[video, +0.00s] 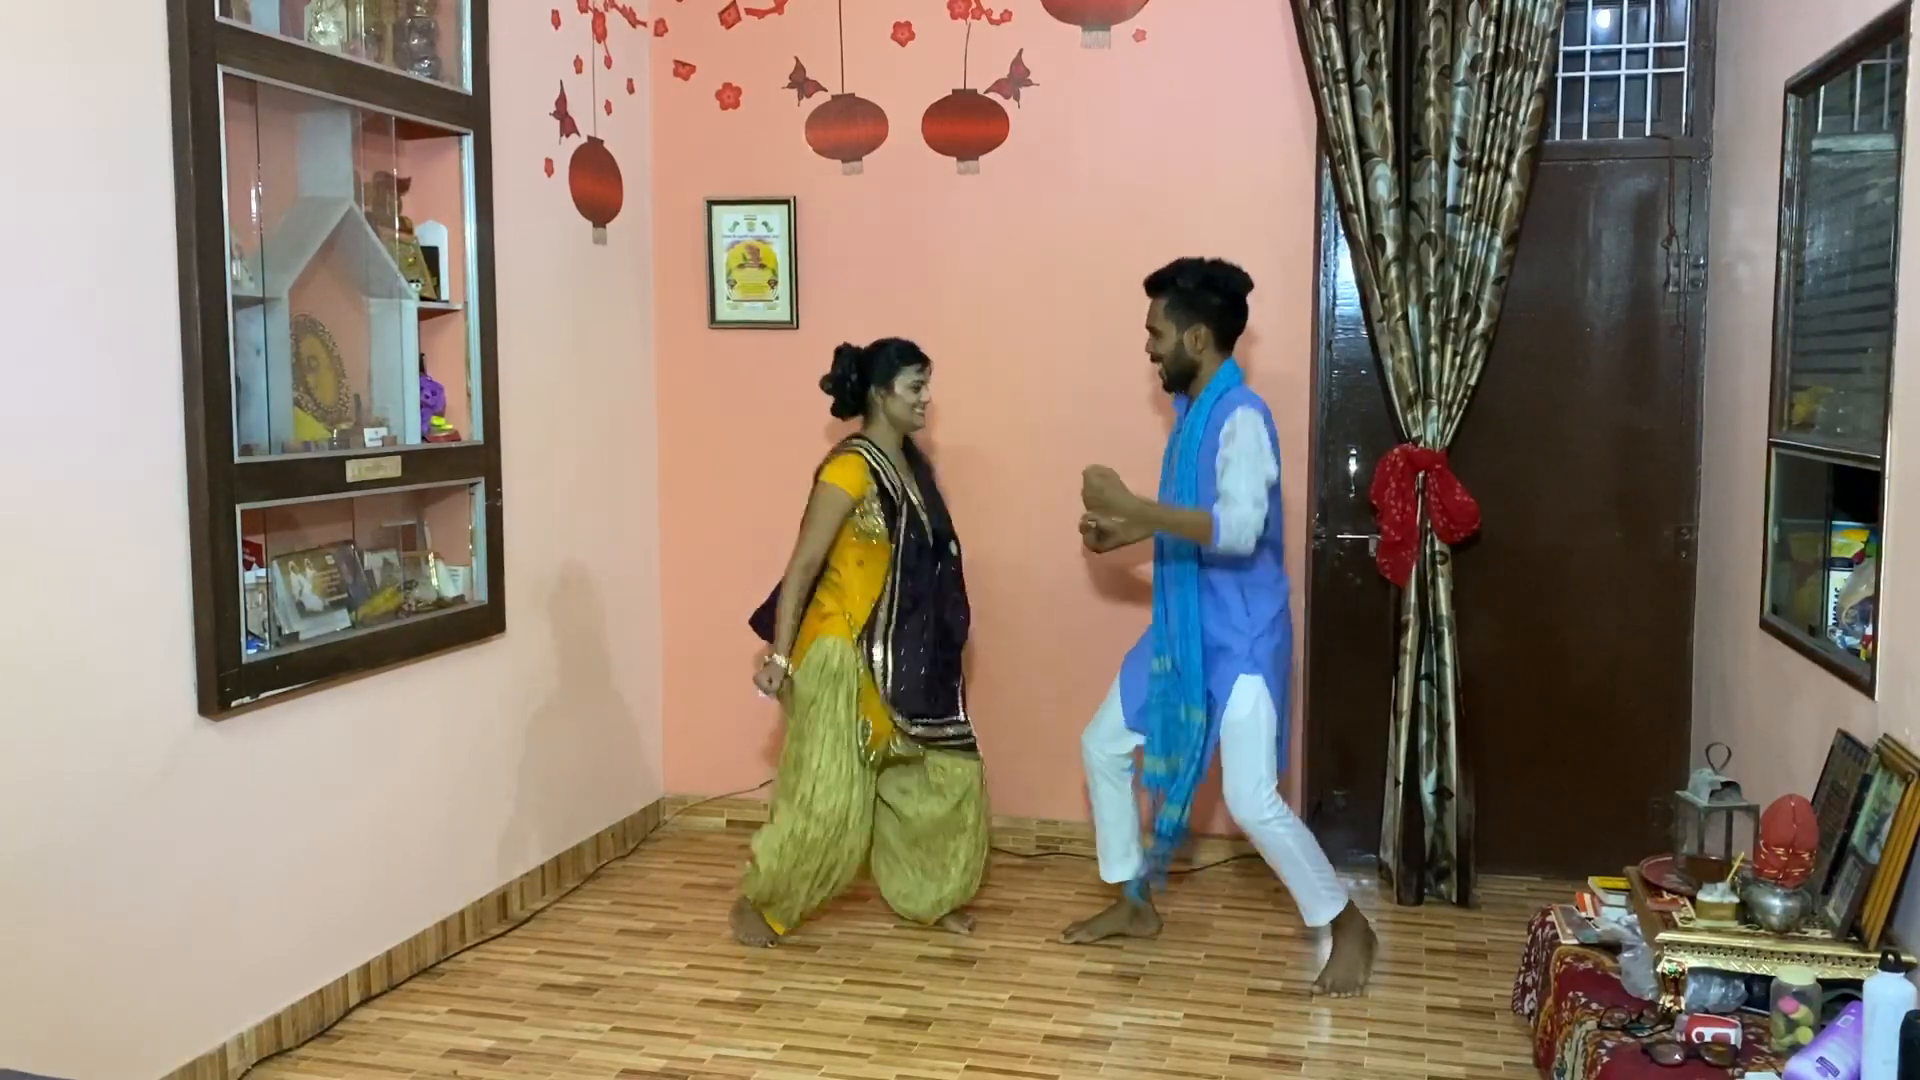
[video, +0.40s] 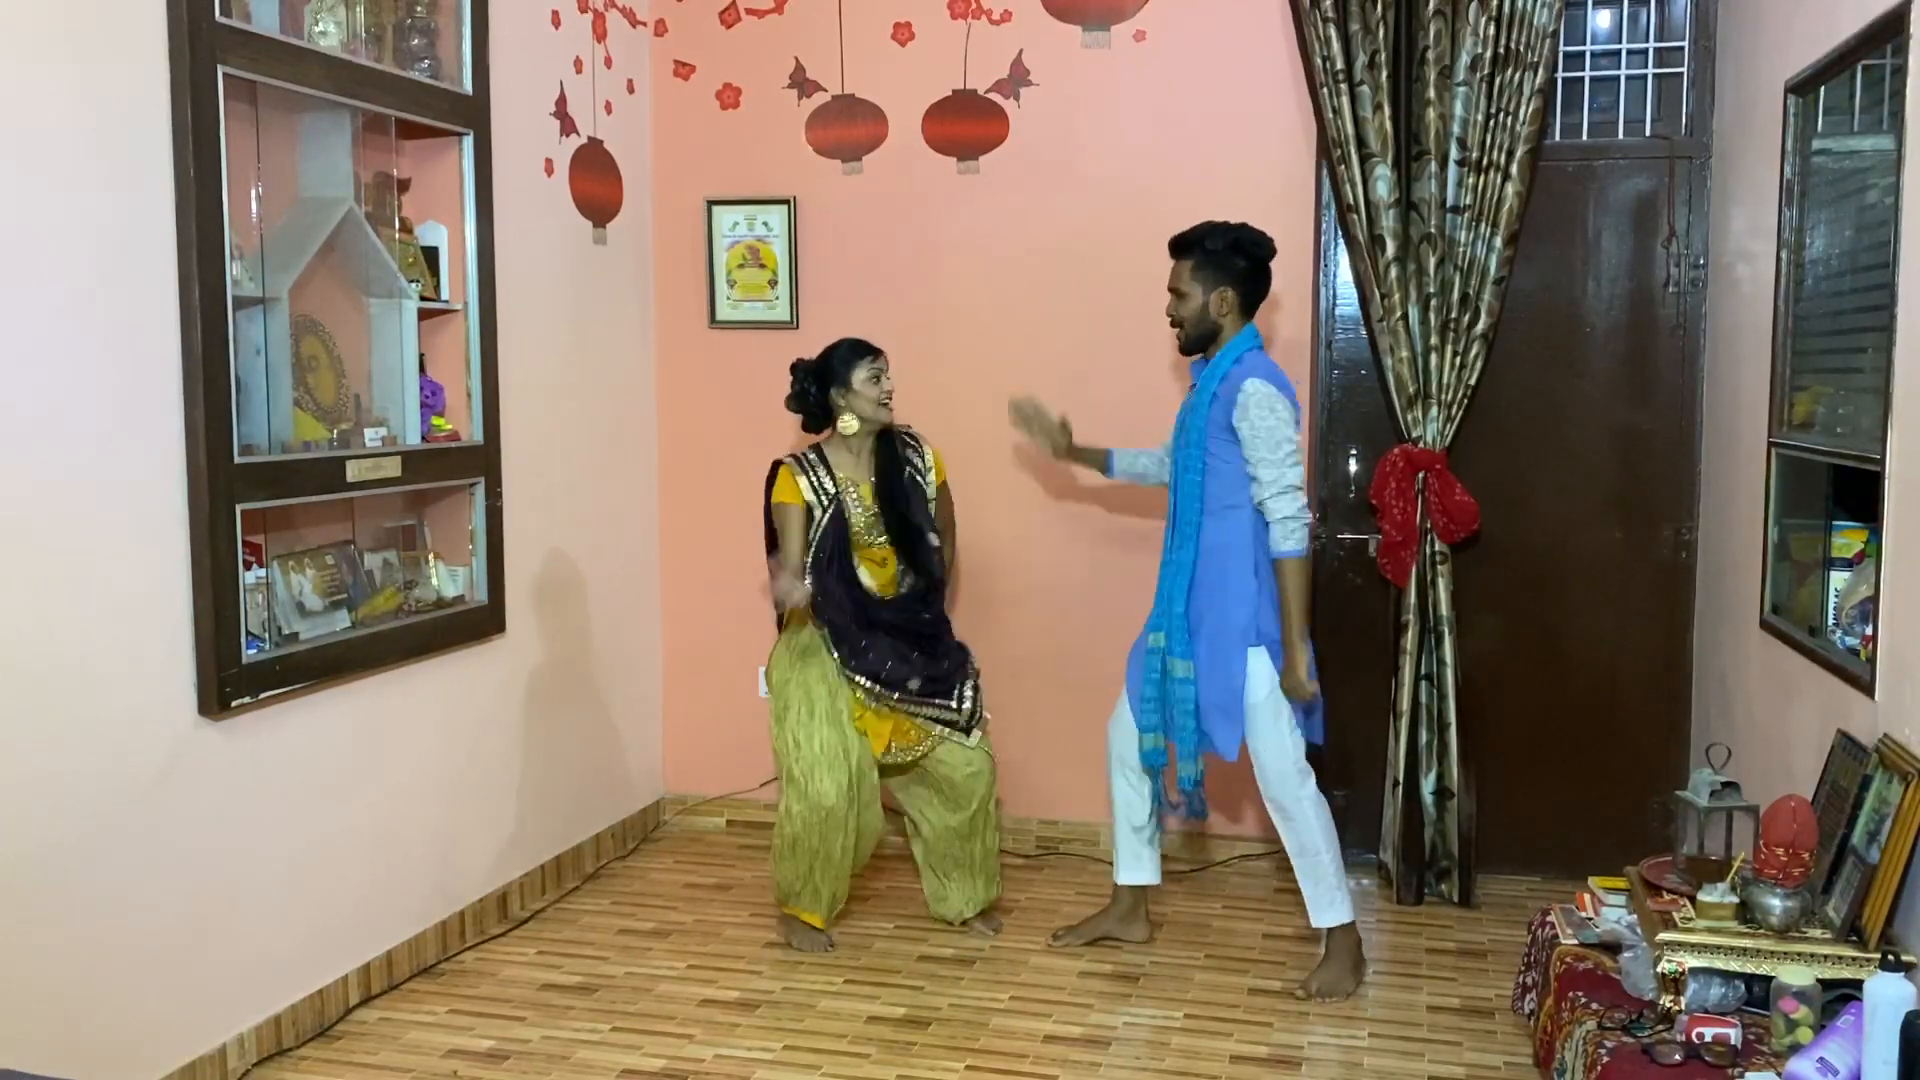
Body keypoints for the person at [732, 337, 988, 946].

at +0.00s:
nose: (924, 399)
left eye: (926, 388)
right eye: (913, 388)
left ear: (913, 395)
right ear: (877, 394)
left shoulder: (909, 464)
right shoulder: (848, 468)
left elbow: (910, 565)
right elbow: (804, 565)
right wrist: (780, 651)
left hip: (903, 651)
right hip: (842, 653)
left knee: (945, 773)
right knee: (828, 792)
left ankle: (927, 895)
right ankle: (759, 897)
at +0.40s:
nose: (889, 388)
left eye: (887, 377)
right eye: (874, 380)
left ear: (882, 388)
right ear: (838, 398)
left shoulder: (917, 457)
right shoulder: (799, 475)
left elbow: (945, 554)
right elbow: (789, 578)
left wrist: (930, 623)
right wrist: (794, 593)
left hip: (911, 641)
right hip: (826, 644)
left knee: (968, 768)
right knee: (828, 780)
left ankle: (966, 899)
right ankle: (803, 911)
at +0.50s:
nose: (890, 375)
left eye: (888, 363)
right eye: (877, 365)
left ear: (863, 376)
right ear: (841, 380)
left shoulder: (896, 437)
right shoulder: (810, 455)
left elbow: (910, 537)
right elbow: (848, 530)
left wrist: (919, 622)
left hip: (905, 629)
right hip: (834, 636)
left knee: (963, 761)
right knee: (828, 778)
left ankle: (963, 896)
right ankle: (800, 910)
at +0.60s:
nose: (889, 364)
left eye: (887, 350)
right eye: (879, 352)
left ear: (840, 362)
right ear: (845, 360)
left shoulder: (825, 419)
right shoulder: (853, 418)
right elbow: (923, 468)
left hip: (905, 612)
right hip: (859, 615)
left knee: (948, 748)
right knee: (842, 761)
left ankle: (952, 885)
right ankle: (797, 899)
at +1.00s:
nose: (907, 346)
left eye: (902, 335)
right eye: (894, 339)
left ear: (861, 354)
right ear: (862, 354)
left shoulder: (864, 411)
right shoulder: (885, 413)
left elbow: (945, 467)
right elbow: (963, 494)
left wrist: (1003, 409)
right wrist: (1029, 442)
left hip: (908, 602)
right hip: (896, 605)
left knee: (953, 743)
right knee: (871, 750)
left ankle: (956, 884)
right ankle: (789, 900)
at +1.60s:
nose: (851, 387)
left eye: (851, 375)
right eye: (837, 378)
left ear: (845, 377)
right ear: (798, 386)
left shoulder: (859, 427)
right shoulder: (798, 452)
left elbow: (938, 430)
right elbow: (904, 477)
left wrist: (1014, 414)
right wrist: (994, 455)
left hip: (920, 612)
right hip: (865, 615)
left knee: (966, 742)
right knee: (839, 754)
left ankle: (954, 886)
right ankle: (754, 884)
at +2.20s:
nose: (924, 384)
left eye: (916, 375)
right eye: (913, 378)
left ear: (881, 406)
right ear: (892, 402)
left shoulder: (884, 465)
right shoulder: (890, 476)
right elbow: (962, 547)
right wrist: (1026, 518)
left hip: (873, 638)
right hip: (835, 637)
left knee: (921, 757)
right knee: (835, 772)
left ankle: (897, 903)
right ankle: (743, 892)